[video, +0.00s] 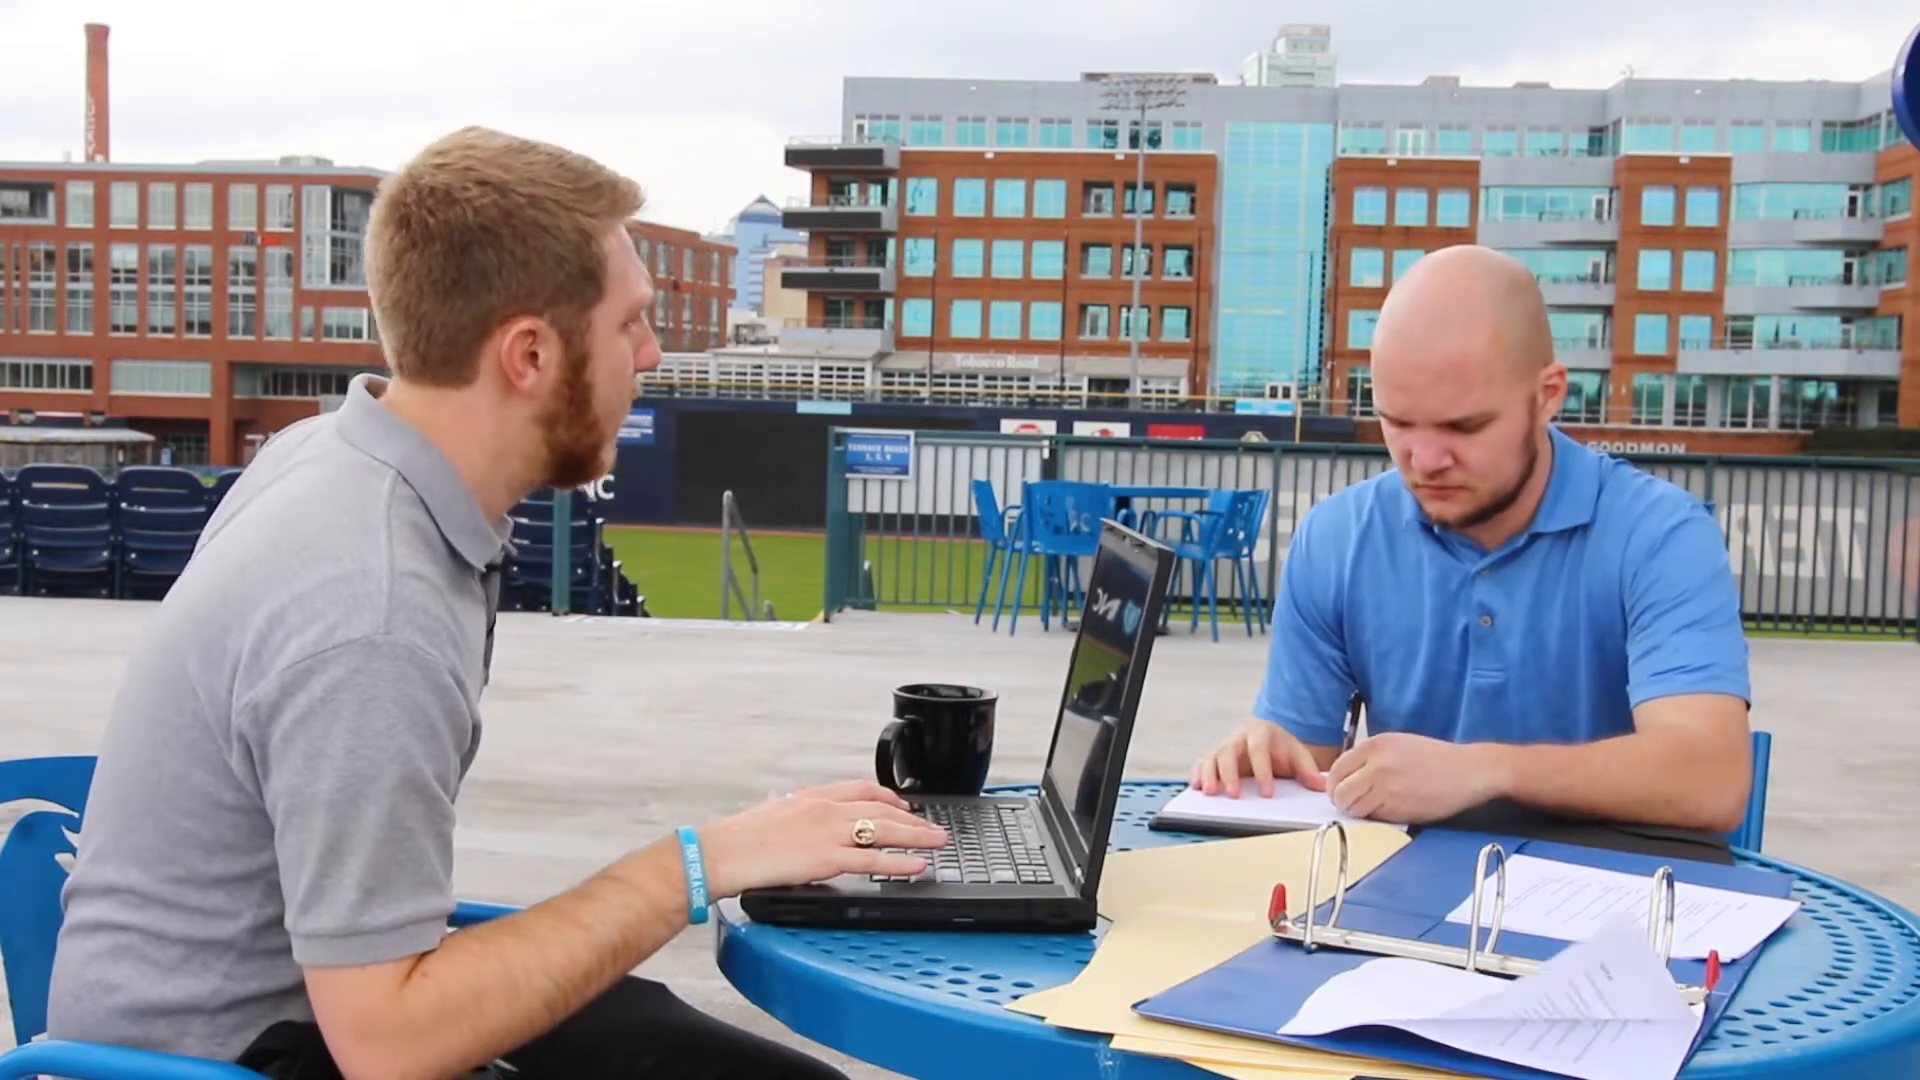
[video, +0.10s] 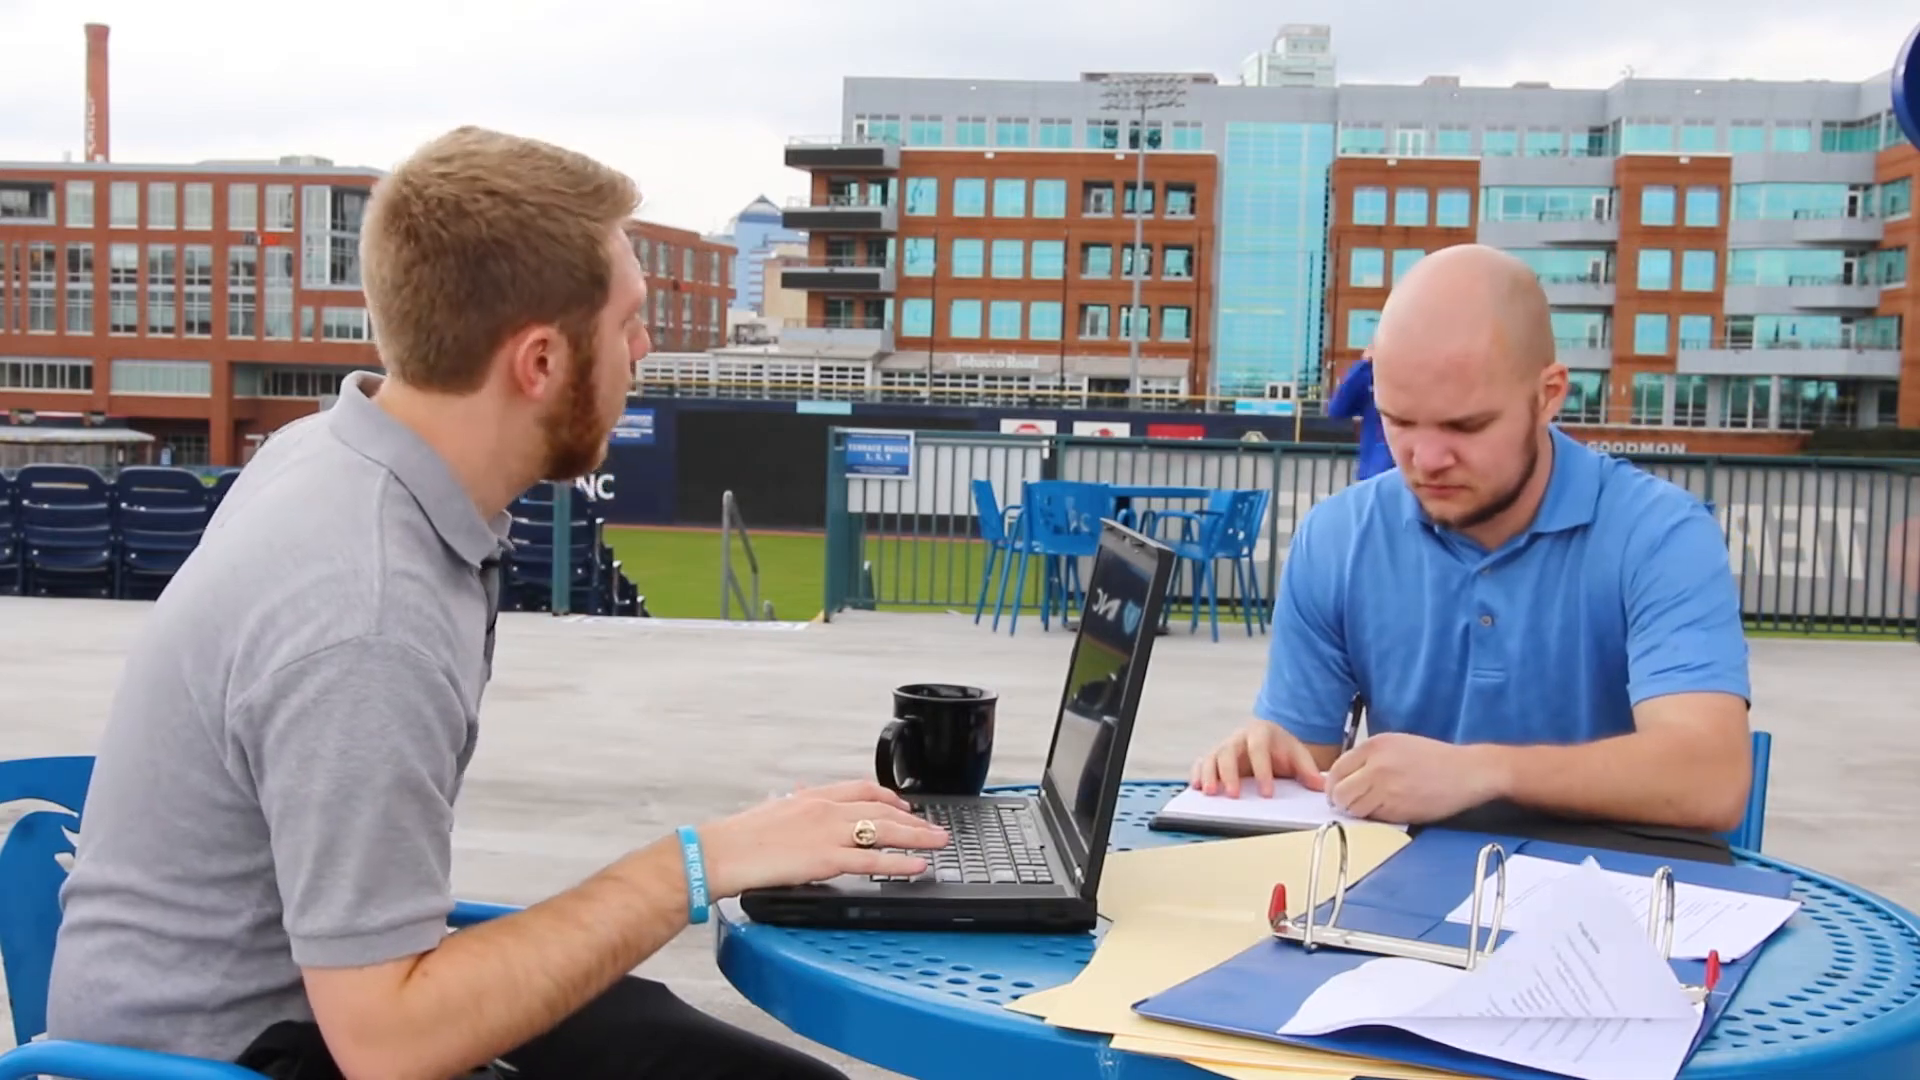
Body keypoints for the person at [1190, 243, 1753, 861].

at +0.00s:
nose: (1424, 461)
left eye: (1464, 427)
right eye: (1398, 424)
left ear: (1548, 395)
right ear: (1377, 394)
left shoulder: (1658, 537)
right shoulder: (1336, 542)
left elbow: (1706, 781)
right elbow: (1306, 756)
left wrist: (1480, 770)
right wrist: (1261, 753)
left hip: (1613, 906)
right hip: (1399, 893)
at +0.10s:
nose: (1425, 460)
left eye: (1465, 426)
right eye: (1399, 423)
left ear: (1549, 395)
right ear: (1378, 392)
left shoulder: (1658, 537)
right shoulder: (1336, 541)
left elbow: (1705, 779)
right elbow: (1306, 756)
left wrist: (1476, 771)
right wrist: (1260, 754)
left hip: (1614, 905)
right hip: (1400, 892)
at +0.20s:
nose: (1426, 459)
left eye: (1466, 426)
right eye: (1401, 422)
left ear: (1551, 395)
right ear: (1381, 390)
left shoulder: (1659, 536)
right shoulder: (1336, 537)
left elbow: (1704, 779)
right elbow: (1305, 758)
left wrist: (1477, 770)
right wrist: (1260, 754)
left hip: (1613, 903)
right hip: (1396, 889)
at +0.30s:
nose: (1428, 458)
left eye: (1468, 425)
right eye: (1402, 421)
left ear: (1553, 395)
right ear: (1381, 392)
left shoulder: (1659, 535)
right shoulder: (1340, 536)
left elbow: (1704, 778)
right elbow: (1308, 754)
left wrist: (1478, 770)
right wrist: (1261, 752)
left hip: (1612, 900)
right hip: (1398, 885)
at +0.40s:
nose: (1430, 456)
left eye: (1470, 424)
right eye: (1403, 420)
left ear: (1555, 395)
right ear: (1381, 390)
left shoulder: (1659, 535)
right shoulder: (1340, 537)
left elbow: (1704, 778)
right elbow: (1308, 752)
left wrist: (1477, 770)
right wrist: (1262, 751)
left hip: (1612, 900)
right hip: (1398, 885)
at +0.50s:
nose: (1431, 456)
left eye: (1473, 422)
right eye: (1406, 418)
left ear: (1556, 394)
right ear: (1384, 385)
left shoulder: (1660, 535)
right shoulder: (1341, 537)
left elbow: (1705, 778)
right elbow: (1308, 754)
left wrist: (1477, 769)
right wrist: (1261, 751)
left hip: (1613, 902)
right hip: (1397, 886)